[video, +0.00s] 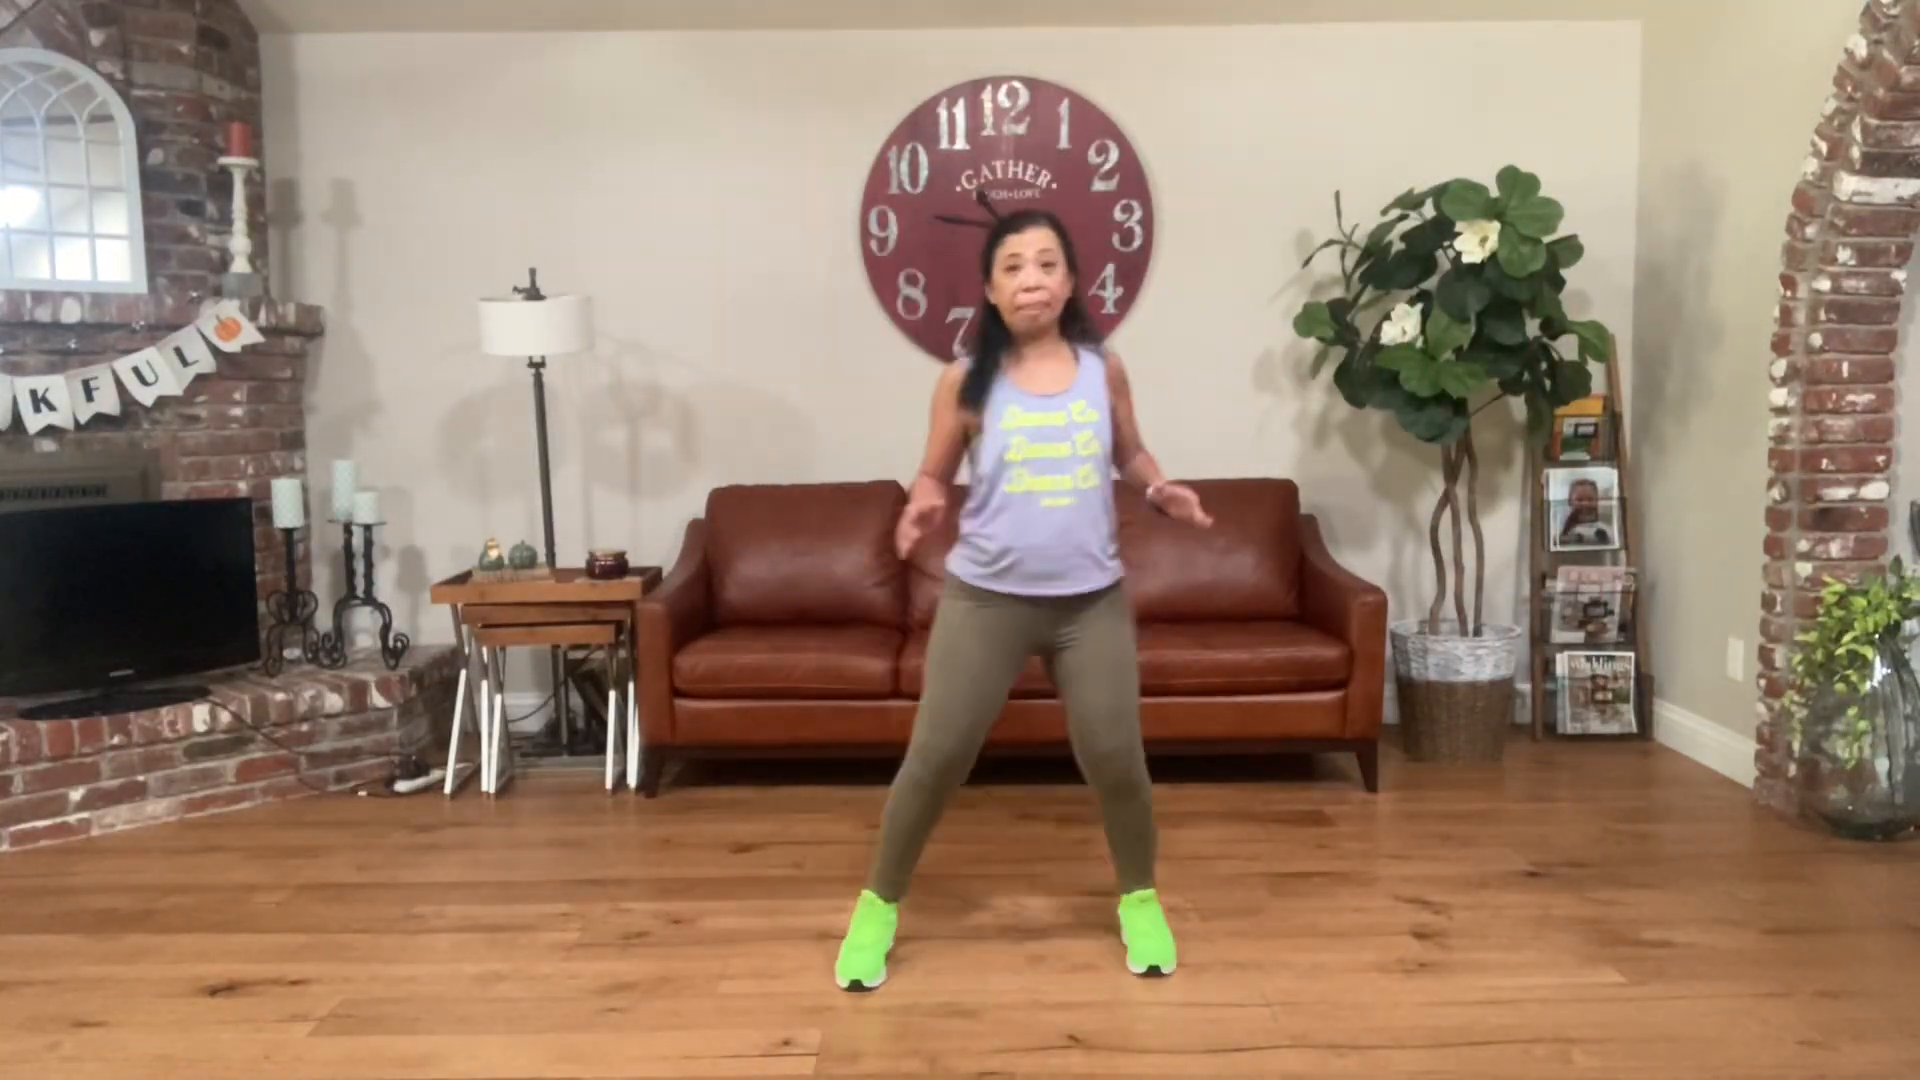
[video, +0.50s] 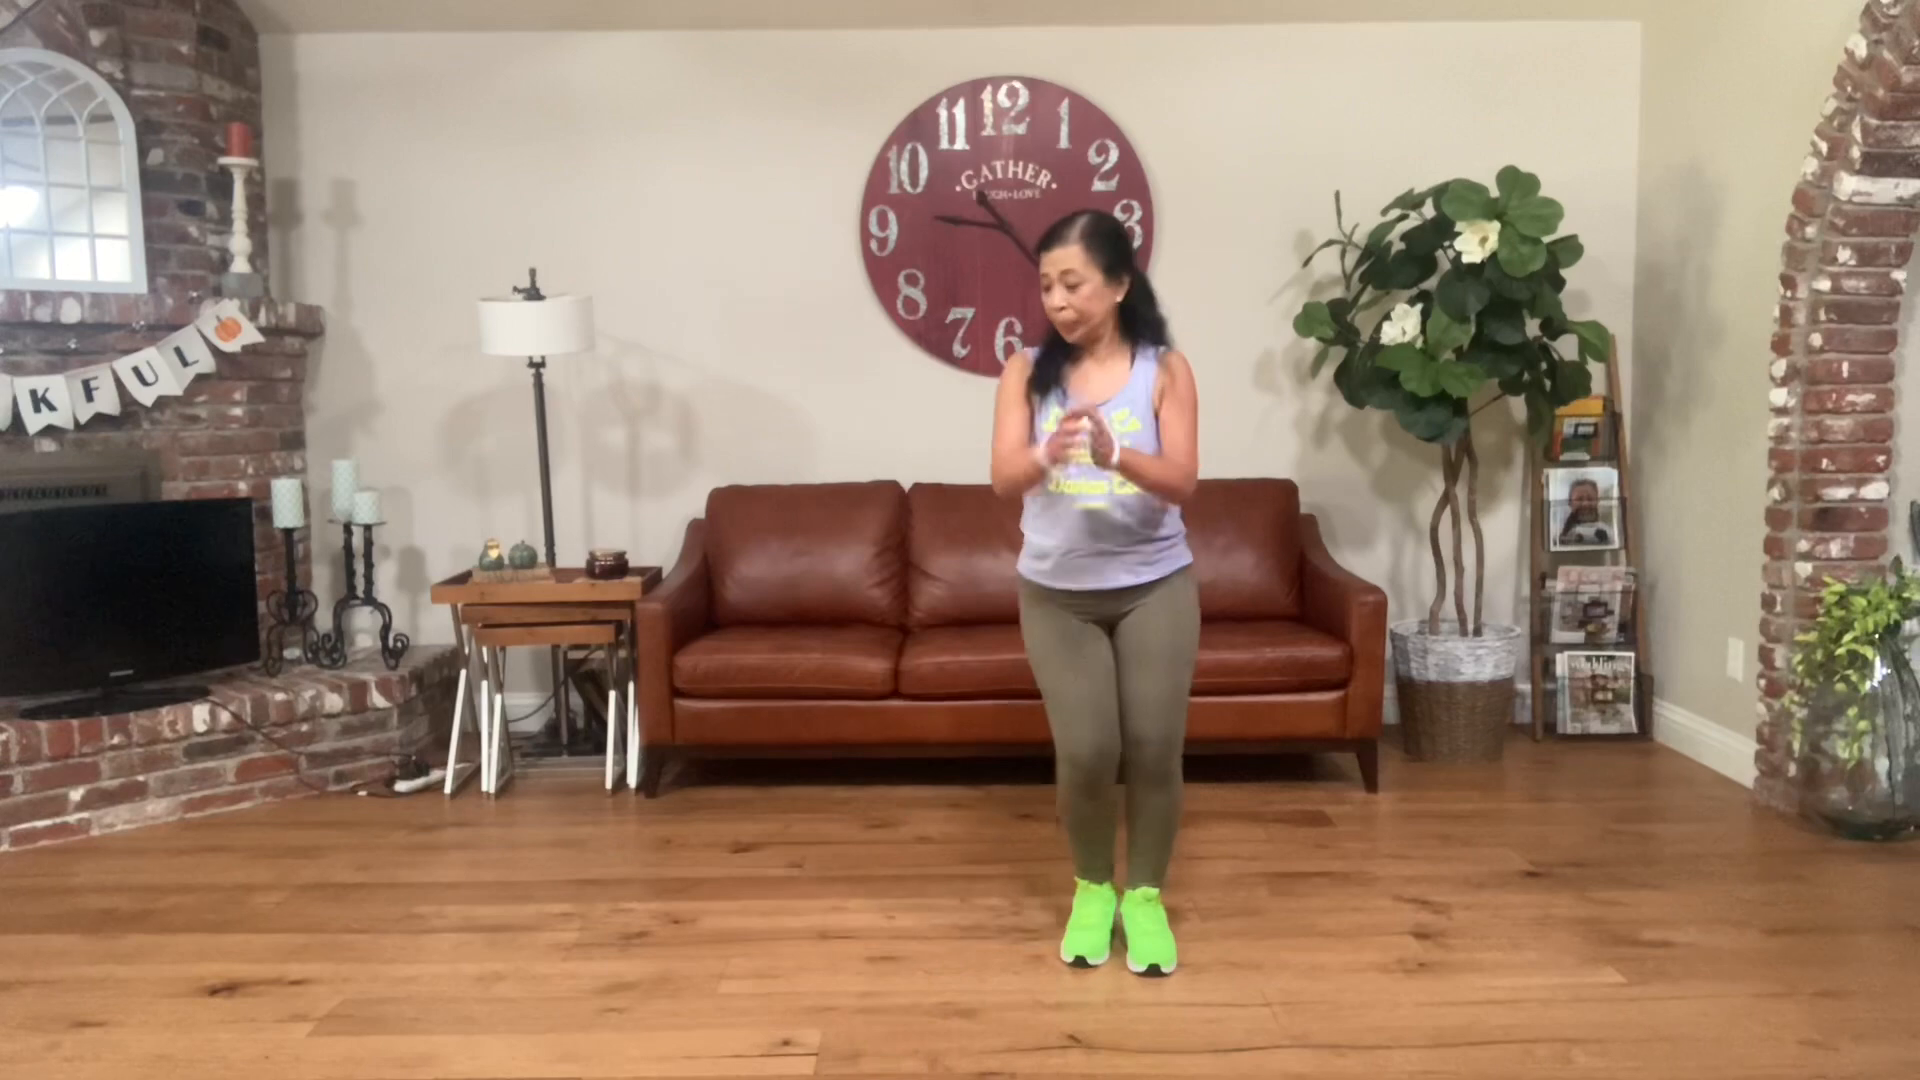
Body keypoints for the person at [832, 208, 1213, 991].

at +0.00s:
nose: (1032, 279)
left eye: (1047, 264)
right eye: (1013, 267)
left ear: (1071, 281)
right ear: (990, 289)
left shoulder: (1103, 370)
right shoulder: (965, 379)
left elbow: (1131, 454)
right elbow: (933, 476)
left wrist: (1157, 486)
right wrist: (924, 509)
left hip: (1092, 599)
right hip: (987, 597)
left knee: (1114, 755)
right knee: (938, 753)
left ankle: (1140, 900)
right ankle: (878, 908)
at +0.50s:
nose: (1057, 300)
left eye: (1074, 283)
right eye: (1048, 285)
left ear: (1120, 286)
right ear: (1040, 290)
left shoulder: (1166, 369)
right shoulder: (1026, 370)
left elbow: (1182, 482)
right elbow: (1004, 478)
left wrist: (1115, 453)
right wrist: (1045, 455)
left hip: (1157, 586)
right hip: (1056, 592)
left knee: (1154, 747)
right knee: (1086, 751)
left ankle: (1146, 896)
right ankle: (1093, 891)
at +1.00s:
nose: (982, 285)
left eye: (1000, 268)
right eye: (969, 274)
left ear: (1037, 285)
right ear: (959, 296)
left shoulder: (1072, 378)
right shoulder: (961, 378)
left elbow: (1131, 453)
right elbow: (959, 457)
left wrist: (1126, 481)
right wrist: (885, 468)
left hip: (1053, 595)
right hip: (949, 596)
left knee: (1089, 749)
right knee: (911, 744)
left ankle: (1138, 900)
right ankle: (868, 881)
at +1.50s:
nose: (902, 299)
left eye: (916, 285)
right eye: (885, 286)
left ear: (938, 303)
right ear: (861, 304)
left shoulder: (960, 388)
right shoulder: (835, 379)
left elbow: (946, 496)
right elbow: (803, 485)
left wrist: (893, 428)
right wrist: (837, 421)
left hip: (947, 589)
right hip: (851, 588)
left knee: (920, 743)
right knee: (851, 740)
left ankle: (932, 873)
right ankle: (862, 883)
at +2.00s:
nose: (982, 303)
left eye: (986, 289)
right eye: (966, 290)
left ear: (986, 296)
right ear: (919, 298)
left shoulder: (1000, 377)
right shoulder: (874, 388)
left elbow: (1010, 447)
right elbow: (826, 464)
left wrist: (1051, 495)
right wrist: (824, 508)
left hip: (982, 593)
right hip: (884, 587)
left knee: (1037, 741)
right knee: (875, 750)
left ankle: (1072, 874)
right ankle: (864, 884)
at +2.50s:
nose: (1064, 290)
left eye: (1078, 276)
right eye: (1046, 278)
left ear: (1100, 295)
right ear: (1023, 301)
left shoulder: (1131, 379)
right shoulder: (999, 382)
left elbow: (1178, 486)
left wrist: (1171, 397)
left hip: (1110, 586)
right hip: (1012, 581)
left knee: (1120, 737)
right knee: (999, 721)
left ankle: (1115, 881)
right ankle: (979, 837)